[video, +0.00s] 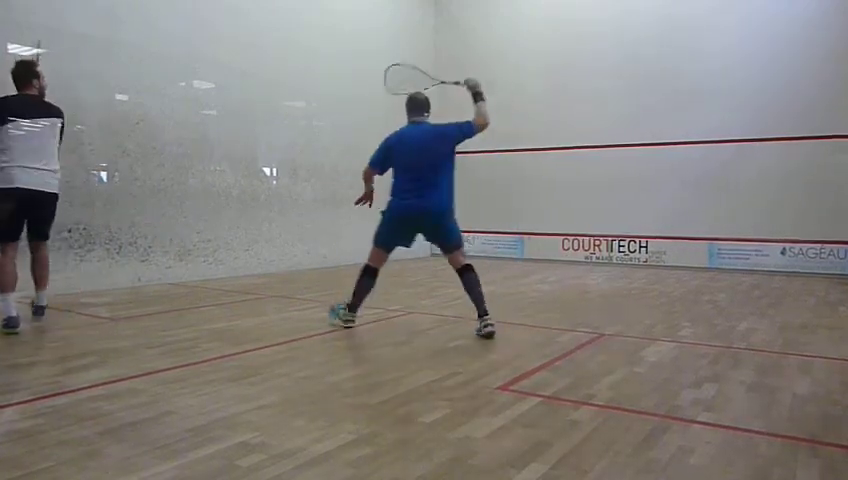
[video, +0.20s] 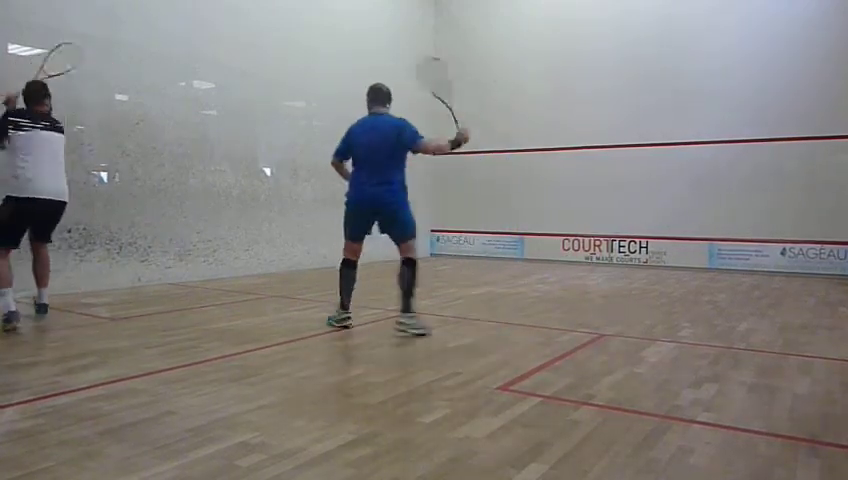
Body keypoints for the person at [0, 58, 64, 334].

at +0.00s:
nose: (44, 82)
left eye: (42, 77)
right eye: (42, 77)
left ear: (15, 83)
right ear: (35, 81)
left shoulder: (4, 106)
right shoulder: (55, 113)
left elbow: (3, 142)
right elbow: (55, 146)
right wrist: (42, 100)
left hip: (10, 187)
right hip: (46, 189)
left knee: (7, 250)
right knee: (40, 246)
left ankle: (9, 313)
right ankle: (40, 304)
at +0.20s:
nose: (48, 105)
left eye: (47, 101)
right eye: (47, 101)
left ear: (25, 101)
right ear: (46, 101)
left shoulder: (13, 119)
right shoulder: (58, 126)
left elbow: (2, 137)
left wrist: (7, 110)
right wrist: (15, 112)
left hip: (22, 195)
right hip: (57, 197)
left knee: (4, 250)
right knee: (40, 243)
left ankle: (9, 308)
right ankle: (42, 301)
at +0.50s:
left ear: (45, 142)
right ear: (67, 144)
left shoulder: (30, 157)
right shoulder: (81, 167)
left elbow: (11, 192)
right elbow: (81, 202)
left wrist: (2, 218)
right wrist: (75, 222)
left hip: (31, 214)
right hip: (65, 219)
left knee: (5, 264)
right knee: (51, 248)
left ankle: (17, 293)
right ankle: (45, 300)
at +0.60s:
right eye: (70, 132)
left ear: (50, 132)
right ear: (74, 133)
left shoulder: (32, 152)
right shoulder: (86, 157)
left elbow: (9, 182)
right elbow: (119, 188)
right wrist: (150, 211)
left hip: (34, 217)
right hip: (67, 219)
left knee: (25, 273)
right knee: (52, 251)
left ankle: (30, 297)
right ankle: (46, 299)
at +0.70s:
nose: (82, 115)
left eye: (78, 112)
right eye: (82, 112)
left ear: (59, 114)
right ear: (83, 113)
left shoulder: (42, 134)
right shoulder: (95, 136)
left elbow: (15, 165)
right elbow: (124, 152)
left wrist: (1, 187)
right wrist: (155, 175)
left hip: (41, 205)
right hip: (76, 209)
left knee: (38, 266)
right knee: (59, 261)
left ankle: (47, 310)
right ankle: (47, 308)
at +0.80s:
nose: (94, 103)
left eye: (91, 99)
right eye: (92, 99)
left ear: (67, 101)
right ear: (90, 100)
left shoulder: (50, 125)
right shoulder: (99, 122)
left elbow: (19, 160)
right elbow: (115, 141)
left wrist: (2, 184)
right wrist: (135, 171)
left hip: (55, 198)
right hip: (90, 201)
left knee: (50, 265)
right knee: (71, 256)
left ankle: (51, 318)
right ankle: (59, 306)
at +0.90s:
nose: (104, 95)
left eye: (101, 92)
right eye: (103, 91)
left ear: (77, 94)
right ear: (98, 91)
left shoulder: (59, 120)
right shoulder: (108, 114)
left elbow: (27, 158)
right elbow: (111, 135)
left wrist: (8, 191)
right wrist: (130, 177)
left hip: (68, 196)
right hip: (104, 197)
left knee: (62, 260)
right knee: (90, 252)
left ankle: (54, 326)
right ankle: (80, 305)